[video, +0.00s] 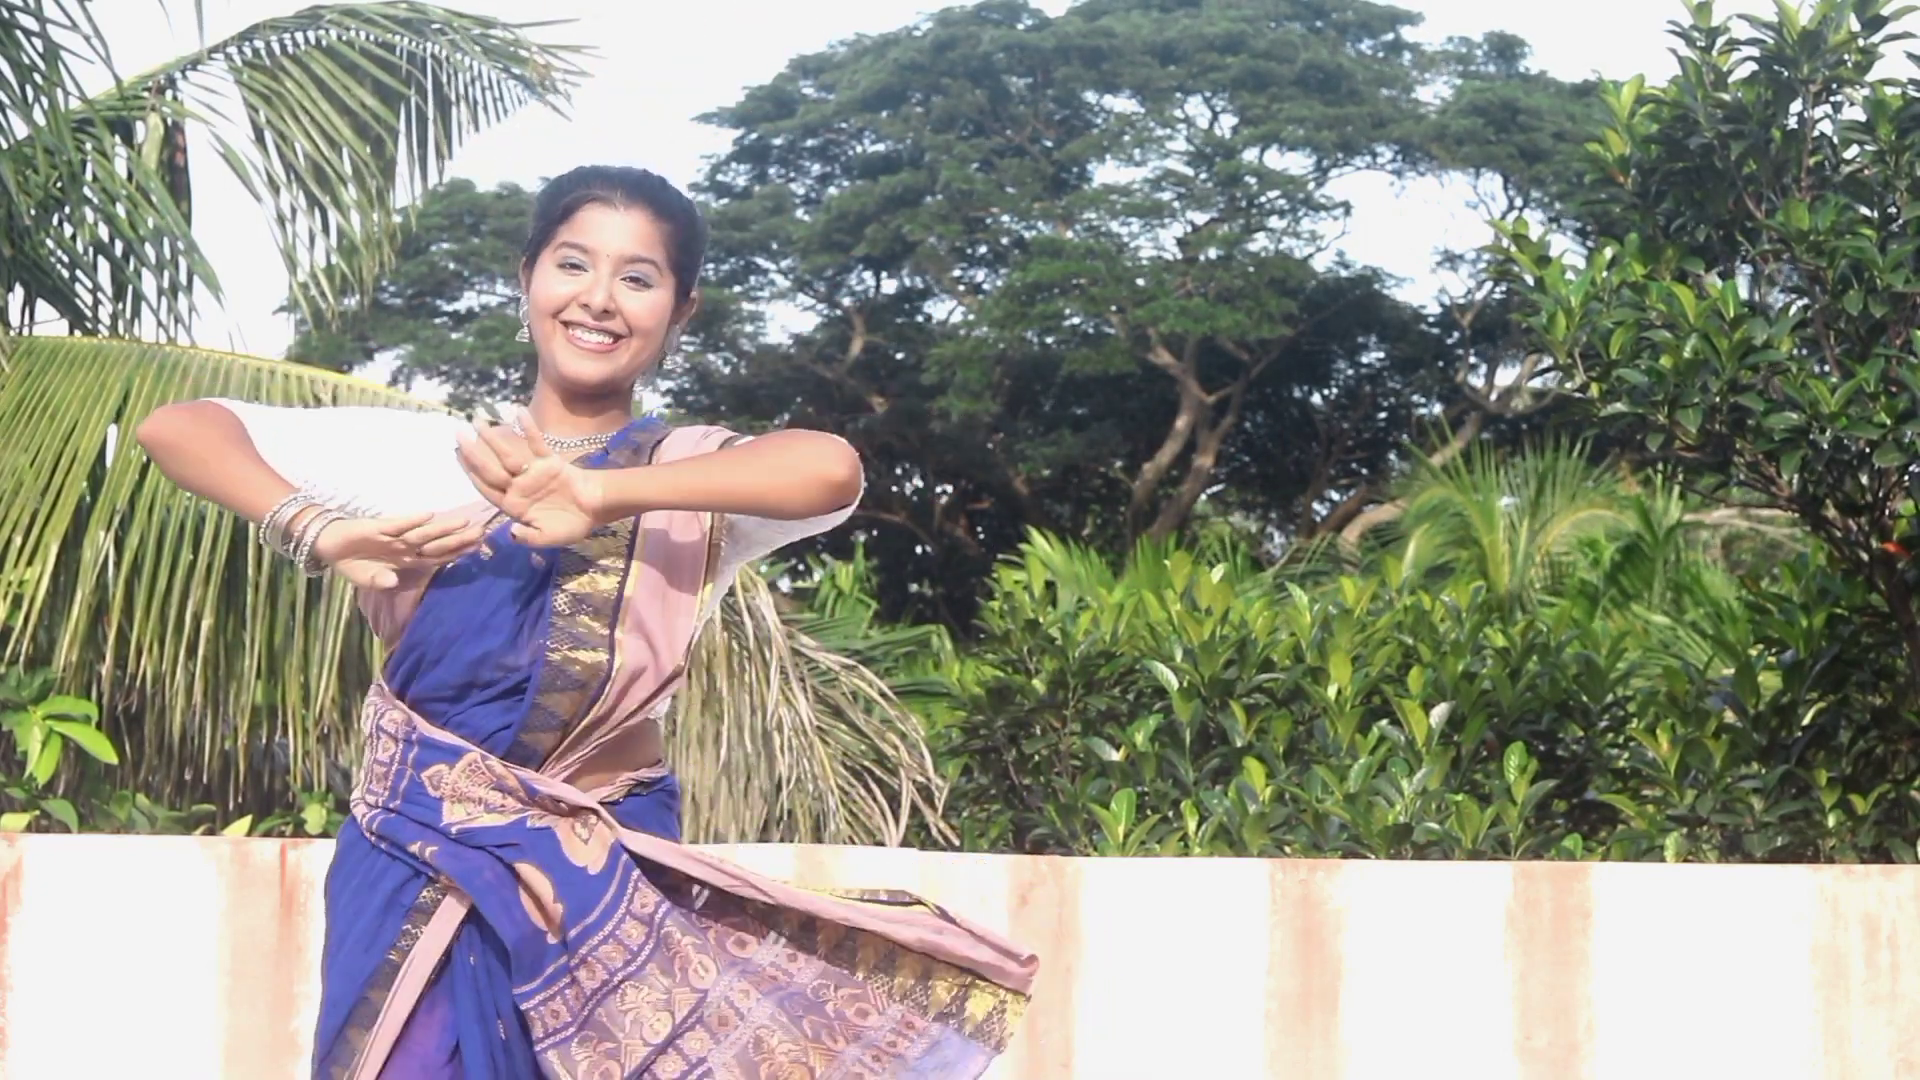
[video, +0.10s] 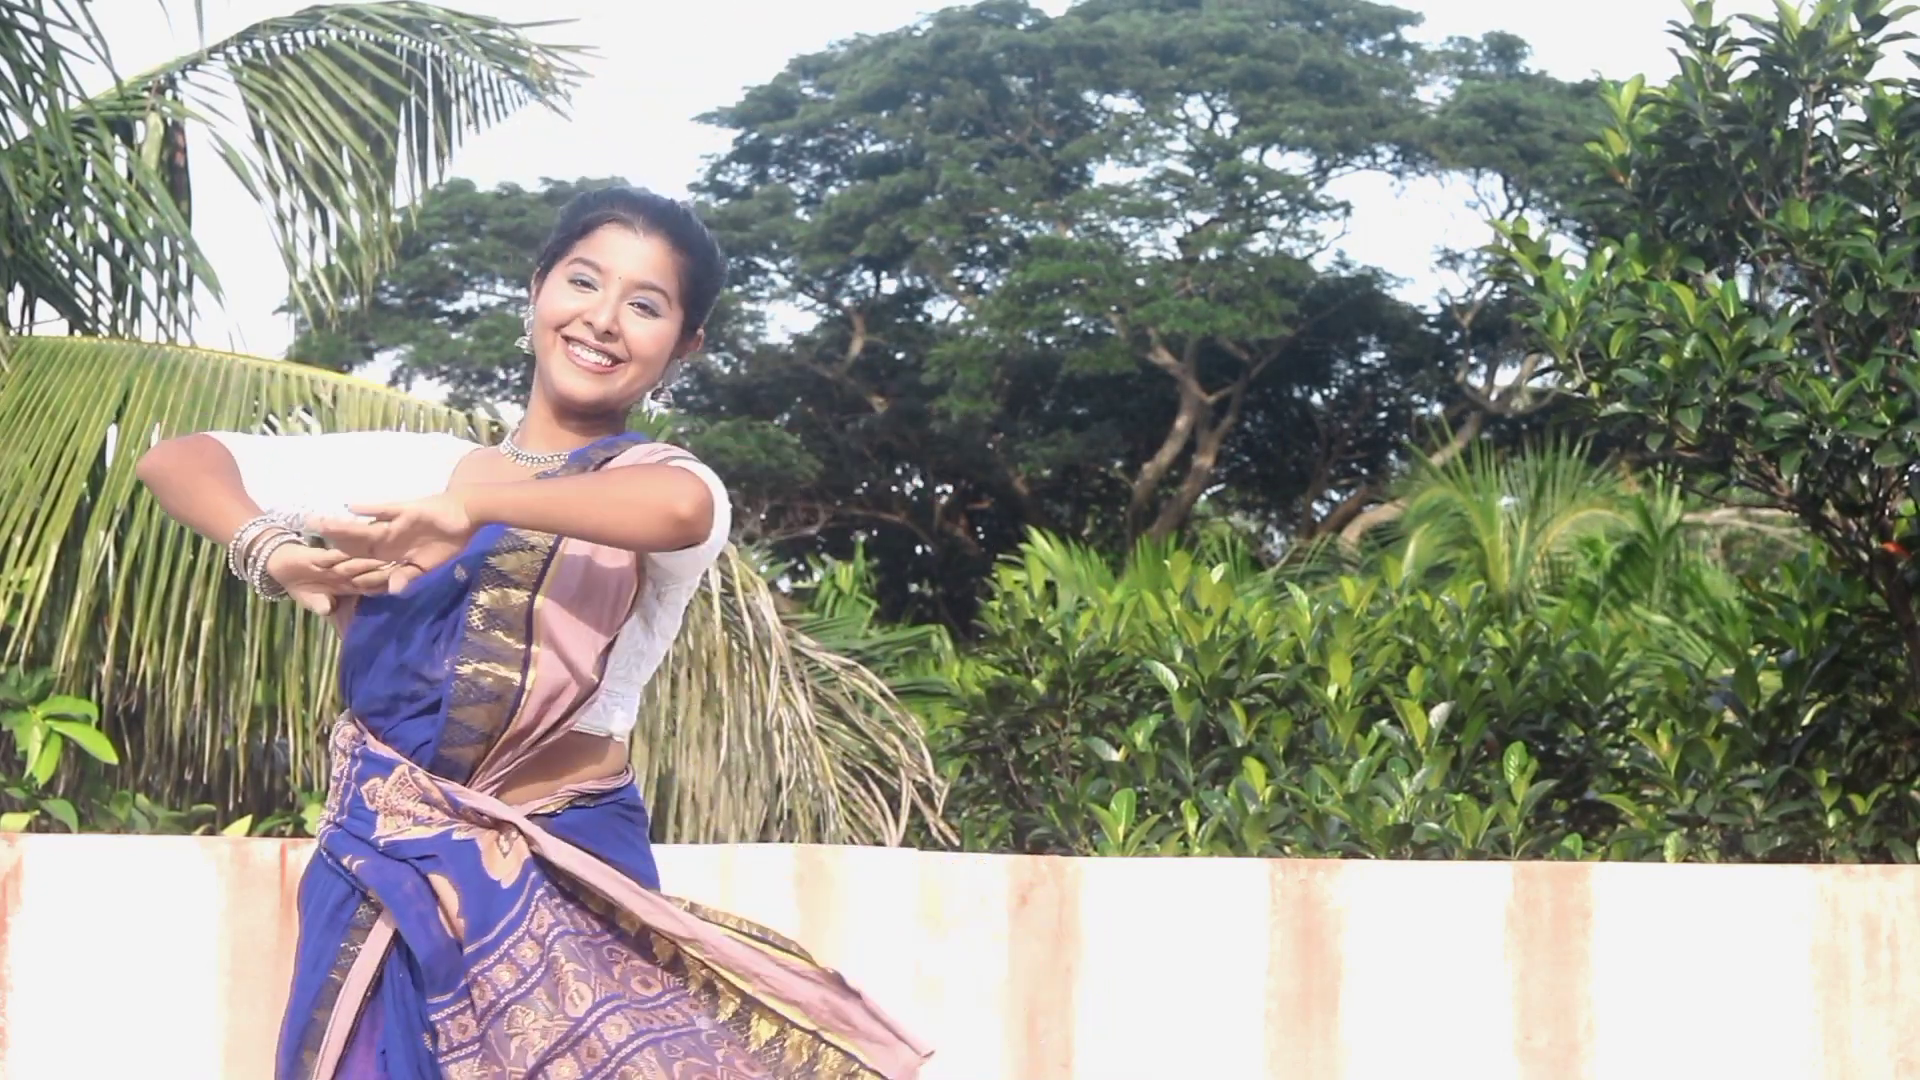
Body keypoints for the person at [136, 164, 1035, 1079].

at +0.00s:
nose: (598, 297)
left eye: (637, 278)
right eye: (573, 264)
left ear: (676, 319)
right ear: (527, 287)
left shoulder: (692, 471)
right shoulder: (430, 450)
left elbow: (838, 471)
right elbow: (173, 427)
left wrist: (606, 491)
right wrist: (315, 529)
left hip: (613, 862)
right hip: (421, 856)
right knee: (407, 1062)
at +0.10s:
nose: (603, 317)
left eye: (645, 304)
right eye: (582, 281)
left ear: (678, 352)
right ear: (534, 298)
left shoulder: (667, 485)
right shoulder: (433, 462)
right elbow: (177, 458)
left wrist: (469, 496)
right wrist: (265, 547)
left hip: (566, 873)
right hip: (383, 864)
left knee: (662, 1060)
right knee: (362, 1060)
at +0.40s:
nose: (609, 356)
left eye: (654, 350)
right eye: (598, 315)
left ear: (683, 403)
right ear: (548, 318)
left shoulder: (607, 514)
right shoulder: (450, 503)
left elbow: (500, 533)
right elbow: (204, 483)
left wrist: (311, 392)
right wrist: (241, 550)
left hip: (514, 889)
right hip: (355, 889)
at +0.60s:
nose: (607, 363)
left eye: (651, 363)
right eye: (598, 320)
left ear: (669, 418)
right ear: (548, 318)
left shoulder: (599, 519)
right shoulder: (409, 481)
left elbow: (489, 468)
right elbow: (198, 476)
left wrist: (412, 243)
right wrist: (228, 541)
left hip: (511, 903)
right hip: (345, 905)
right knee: (229, 1062)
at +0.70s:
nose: (605, 360)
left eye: (647, 358)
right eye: (593, 317)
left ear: (669, 409)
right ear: (546, 313)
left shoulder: (605, 517)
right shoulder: (399, 476)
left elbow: (520, 413)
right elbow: (174, 474)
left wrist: (535, 159)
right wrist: (230, 539)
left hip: (515, 892)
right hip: (340, 903)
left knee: (620, 1064)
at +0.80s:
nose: (595, 356)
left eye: (643, 348)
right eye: (586, 313)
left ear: (668, 406)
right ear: (545, 316)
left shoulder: (605, 520)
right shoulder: (400, 479)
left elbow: (549, 390)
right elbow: (156, 471)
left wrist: (598, 148)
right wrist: (238, 536)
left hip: (515, 900)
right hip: (336, 909)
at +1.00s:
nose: (590, 334)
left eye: (625, 315)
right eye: (561, 298)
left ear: (650, 355)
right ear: (502, 315)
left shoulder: (631, 509)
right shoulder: (378, 477)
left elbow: (695, 410)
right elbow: (116, 465)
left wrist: (720, 162)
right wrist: (253, 523)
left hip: (552, 895)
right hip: (357, 905)